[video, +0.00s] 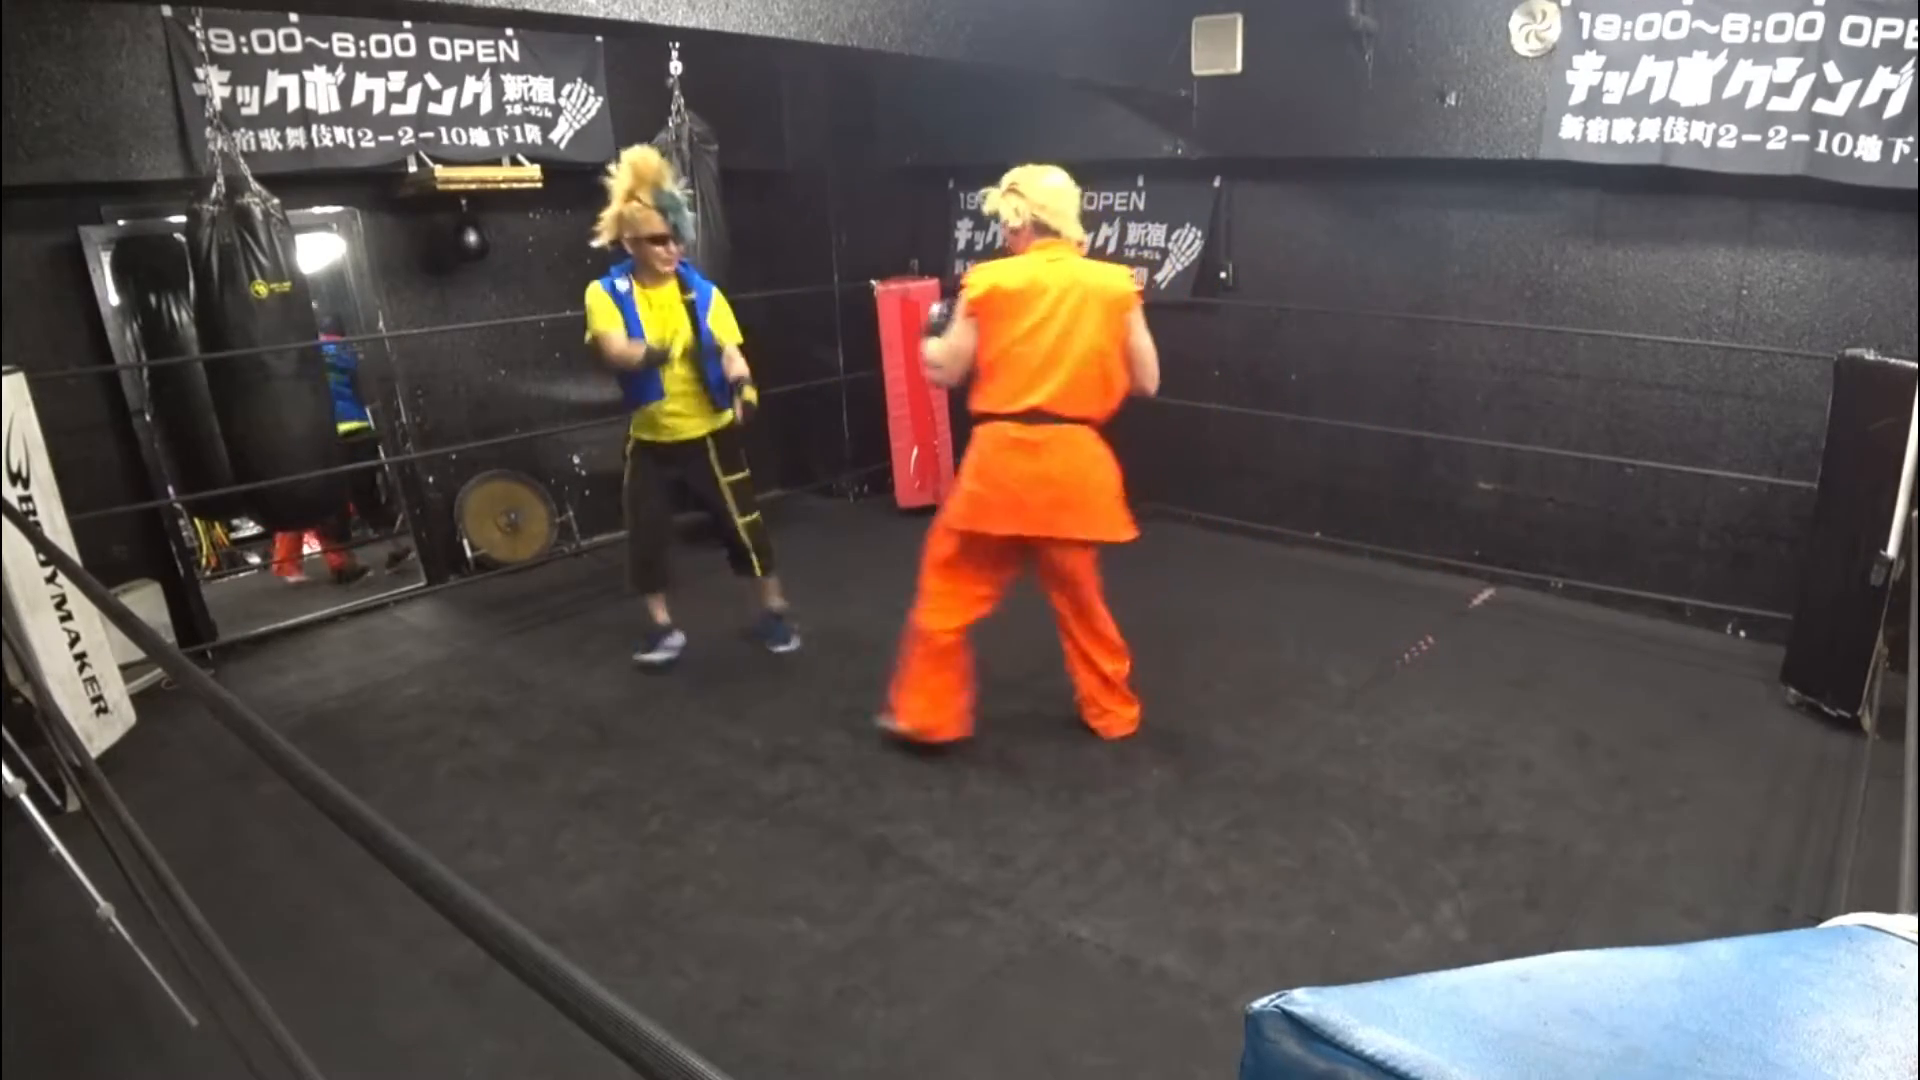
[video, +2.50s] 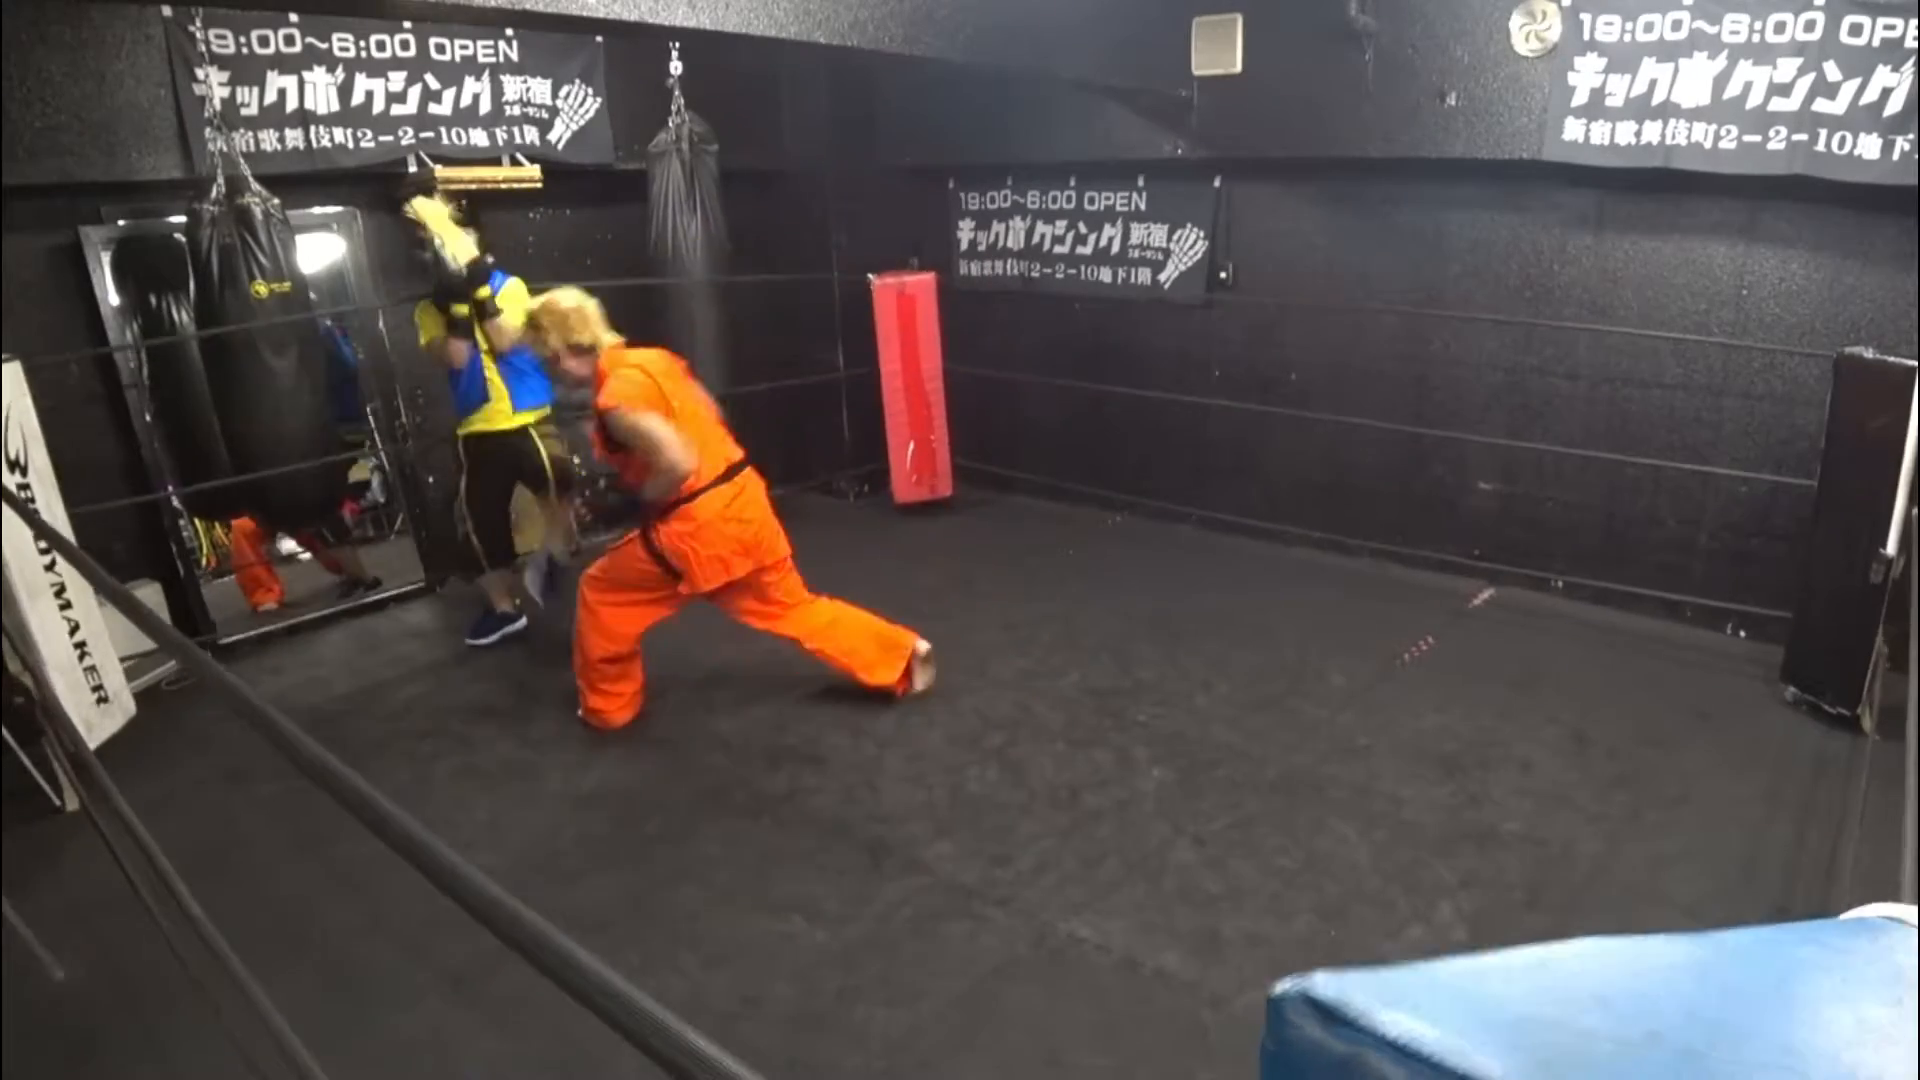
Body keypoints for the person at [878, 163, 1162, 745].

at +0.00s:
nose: (1001, 233)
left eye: (1006, 222)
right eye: (1003, 221)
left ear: (1027, 223)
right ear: (1065, 223)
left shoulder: (990, 281)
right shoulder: (1114, 285)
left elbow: (947, 368)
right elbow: (1146, 379)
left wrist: (931, 339)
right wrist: (1088, 349)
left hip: (999, 459)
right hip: (1077, 459)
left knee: (948, 580)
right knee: (1079, 590)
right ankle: (1113, 711)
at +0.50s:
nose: (753, 309)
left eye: (752, 297)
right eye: (748, 298)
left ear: (772, 291)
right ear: (805, 275)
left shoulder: (820, 357)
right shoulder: (842, 311)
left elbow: (818, 459)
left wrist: (781, 412)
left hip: (852, 510)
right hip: (905, 493)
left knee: (780, 609)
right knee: (922, 610)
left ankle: (755, 722)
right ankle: (1029, 694)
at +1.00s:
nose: (752, 276)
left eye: (753, 265)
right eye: (751, 267)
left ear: (767, 261)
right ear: (819, 247)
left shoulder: (757, 313)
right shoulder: (869, 288)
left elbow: (686, 331)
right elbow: (942, 343)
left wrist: (677, 320)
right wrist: (940, 373)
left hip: (817, 478)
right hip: (889, 464)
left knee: (779, 596)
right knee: (945, 590)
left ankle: (740, 719)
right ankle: (997, 705)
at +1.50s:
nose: (755, 290)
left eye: (756, 279)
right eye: (753, 279)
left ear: (773, 274)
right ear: (820, 262)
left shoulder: (759, 342)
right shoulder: (876, 315)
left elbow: (704, 414)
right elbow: (899, 356)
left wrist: (672, 390)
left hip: (813, 504)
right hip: (887, 493)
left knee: (766, 603)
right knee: (949, 599)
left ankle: (718, 707)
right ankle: (1002, 705)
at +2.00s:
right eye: (763, 285)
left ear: (705, 304)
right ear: (764, 294)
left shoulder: (691, 366)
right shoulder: (798, 349)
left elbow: (659, 445)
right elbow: (843, 406)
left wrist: (677, 478)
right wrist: (881, 429)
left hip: (725, 521)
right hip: (800, 513)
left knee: (672, 608)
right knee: (882, 612)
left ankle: (630, 704)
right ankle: (987, 694)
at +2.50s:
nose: (552, 371)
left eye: (550, 360)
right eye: (547, 362)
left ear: (569, 349)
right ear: (593, 332)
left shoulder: (614, 398)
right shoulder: (656, 358)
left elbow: (676, 459)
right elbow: (708, 415)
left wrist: (645, 499)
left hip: (700, 527)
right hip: (748, 498)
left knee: (603, 589)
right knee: (790, 605)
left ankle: (608, 705)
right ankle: (903, 653)